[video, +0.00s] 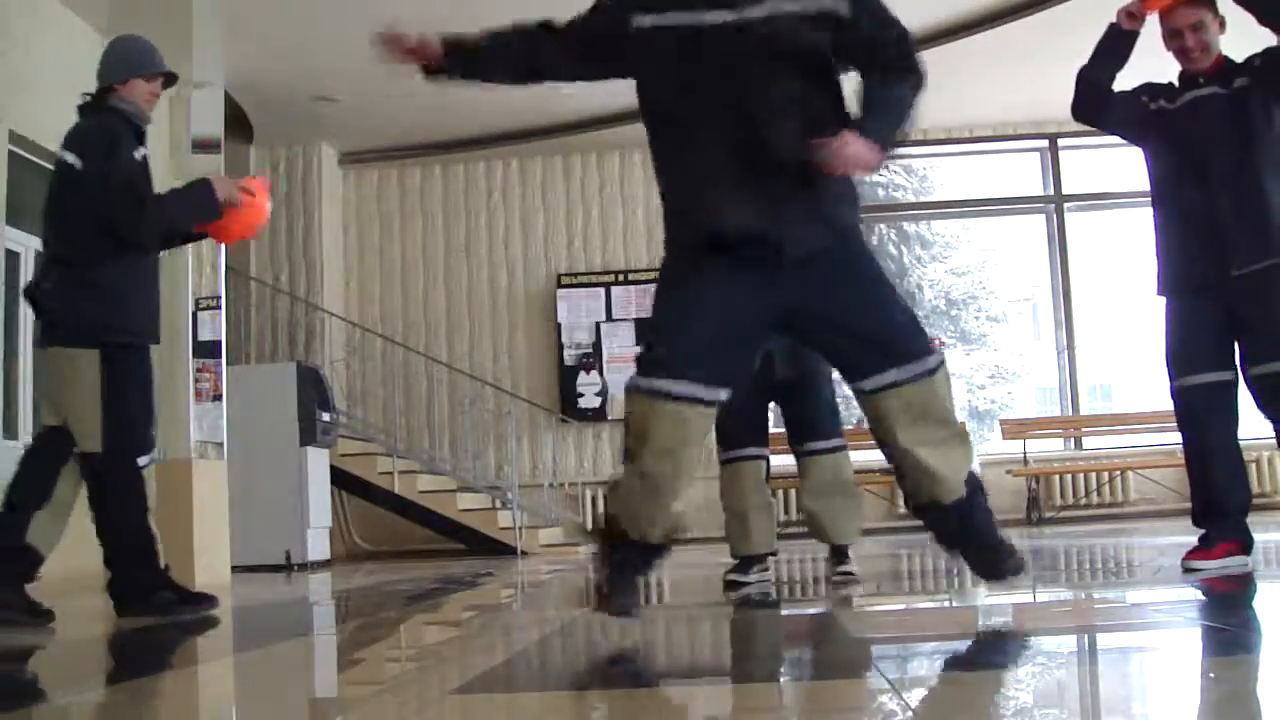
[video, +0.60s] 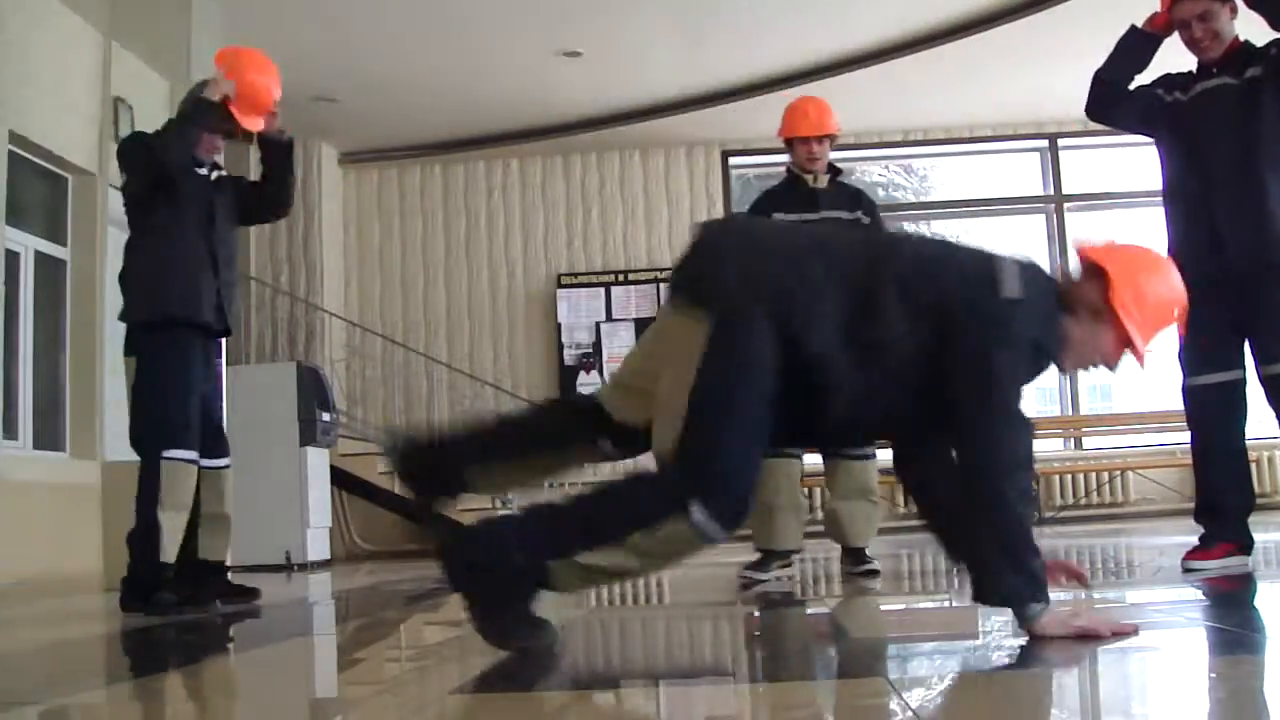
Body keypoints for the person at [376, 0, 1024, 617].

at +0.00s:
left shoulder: (821, 3)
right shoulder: (641, 17)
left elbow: (895, 59)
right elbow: (552, 49)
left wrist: (874, 133)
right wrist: (447, 56)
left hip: (821, 235)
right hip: (711, 246)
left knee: (906, 370)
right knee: (672, 399)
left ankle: (960, 515)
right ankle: (632, 550)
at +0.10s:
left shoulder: (864, 38)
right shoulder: (686, 30)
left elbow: (926, 115)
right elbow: (598, 48)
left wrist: (948, 200)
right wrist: (520, 36)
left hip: (841, 292)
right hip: (726, 294)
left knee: (924, 423)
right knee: (653, 422)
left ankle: (987, 559)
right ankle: (570, 565)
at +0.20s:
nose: (836, 55)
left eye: (850, 41)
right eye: (821, 39)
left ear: (870, 37)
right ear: (790, 27)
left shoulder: (892, 122)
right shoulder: (747, 85)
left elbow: (941, 227)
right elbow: (693, 128)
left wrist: (997, 315)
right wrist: (731, 126)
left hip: (838, 323)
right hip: (730, 319)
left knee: (920, 444)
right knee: (653, 438)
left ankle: (981, 559)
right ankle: (556, 580)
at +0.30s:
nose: (917, 129)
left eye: (927, 117)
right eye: (907, 111)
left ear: (933, 104)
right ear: (867, 82)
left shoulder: (897, 166)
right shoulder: (798, 143)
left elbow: (906, 268)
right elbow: (846, 261)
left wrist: (947, 341)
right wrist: (946, 344)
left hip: (804, 328)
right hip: (710, 321)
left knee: (889, 440)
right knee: (668, 453)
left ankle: (970, 557)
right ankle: (539, 600)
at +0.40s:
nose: (993, 206)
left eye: (1004, 192)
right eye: (990, 187)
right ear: (949, 151)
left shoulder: (874, 173)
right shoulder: (861, 216)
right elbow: (931, 358)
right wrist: (1023, 484)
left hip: (755, 315)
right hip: (678, 295)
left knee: (803, 437)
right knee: (711, 469)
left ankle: (861, 555)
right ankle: (536, 577)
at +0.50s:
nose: (1061, 284)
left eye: (1070, 271)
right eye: (1064, 265)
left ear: (1027, 219)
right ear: (1032, 234)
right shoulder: (943, 284)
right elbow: (982, 438)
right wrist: (1038, 597)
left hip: (737, 290)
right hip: (688, 293)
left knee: (724, 471)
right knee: (712, 484)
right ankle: (522, 566)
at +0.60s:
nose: (1112, 365)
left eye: (1124, 354)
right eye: (1122, 345)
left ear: (1087, 295)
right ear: (1097, 304)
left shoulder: (983, 304)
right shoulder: (1008, 313)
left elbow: (929, 462)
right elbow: (991, 461)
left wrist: (1017, 561)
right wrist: (1032, 608)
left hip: (740, 289)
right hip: (751, 302)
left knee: (617, 416)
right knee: (709, 496)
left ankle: (433, 460)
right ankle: (494, 556)